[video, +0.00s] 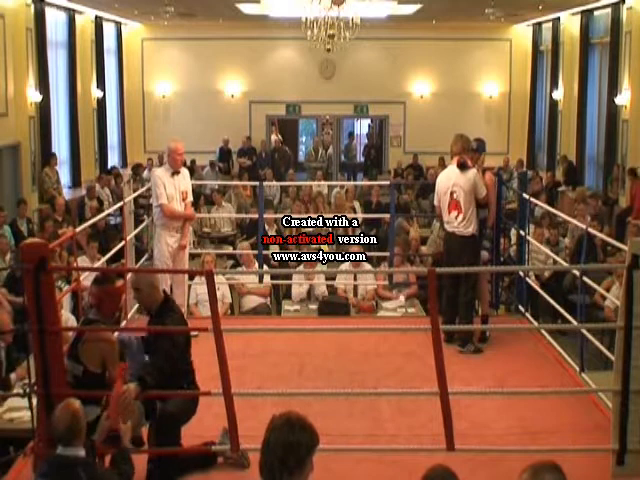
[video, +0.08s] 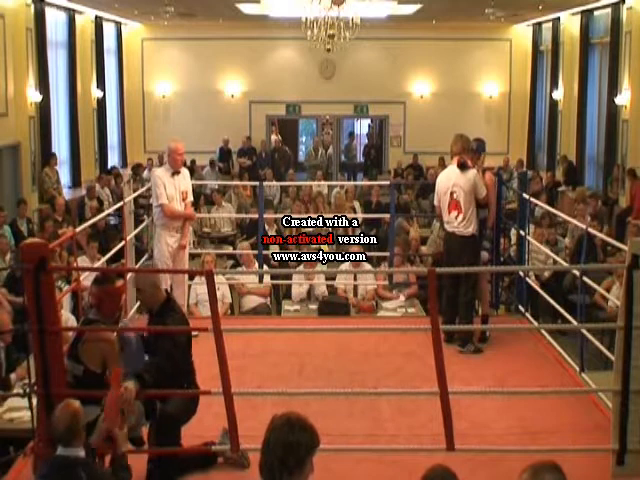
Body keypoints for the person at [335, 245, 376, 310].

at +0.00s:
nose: (355, 258)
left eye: (358, 255)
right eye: (352, 255)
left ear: (362, 256)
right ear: (349, 256)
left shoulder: (368, 268)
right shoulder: (343, 268)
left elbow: (371, 290)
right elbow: (340, 291)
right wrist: (351, 299)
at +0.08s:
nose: (355, 258)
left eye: (358, 255)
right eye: (352, 255)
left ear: (362, 256)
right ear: (349, 256)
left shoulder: (368, 268)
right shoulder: (343, 268)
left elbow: (371, 290)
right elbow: (340, 291)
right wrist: (351, 299)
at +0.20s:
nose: (355, 258)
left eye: (358, 255)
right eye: (352, 255)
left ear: (362, 256)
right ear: (349, 256)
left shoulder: (368, 268)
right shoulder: (343, 268)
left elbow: (371, 290)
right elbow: (340, 291)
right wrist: (351, 299)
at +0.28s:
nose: (355, 258)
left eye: (358, 255)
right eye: (352, 255)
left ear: (362, 255)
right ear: (349, 256)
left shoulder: (368, 268)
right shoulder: (343, 268)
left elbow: (371, 290)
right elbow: (340, 291)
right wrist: (351, 300)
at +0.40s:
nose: (355, 258)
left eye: (358, 255)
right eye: (352, 255)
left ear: (362, 256)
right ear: (349, 256)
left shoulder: (368, 268)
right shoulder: (343, 268)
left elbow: (371, 290)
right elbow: (340, 291)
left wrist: (363, 303)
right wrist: (351, 299)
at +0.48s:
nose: (355, 258)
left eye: (358, 255)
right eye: (352, 255)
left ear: (362, 255)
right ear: (349, 256)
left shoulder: (368, 268)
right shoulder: (343, 268)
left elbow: (371, 290)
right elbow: (340, 291)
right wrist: (351, 300)